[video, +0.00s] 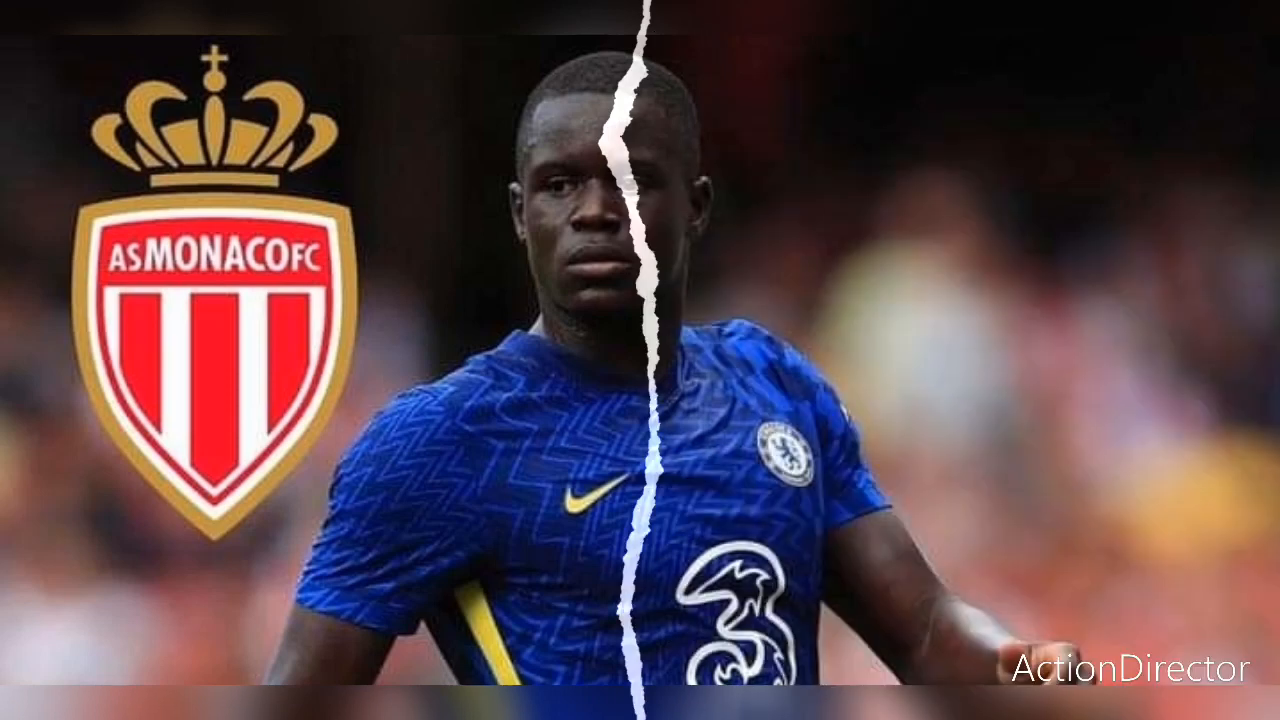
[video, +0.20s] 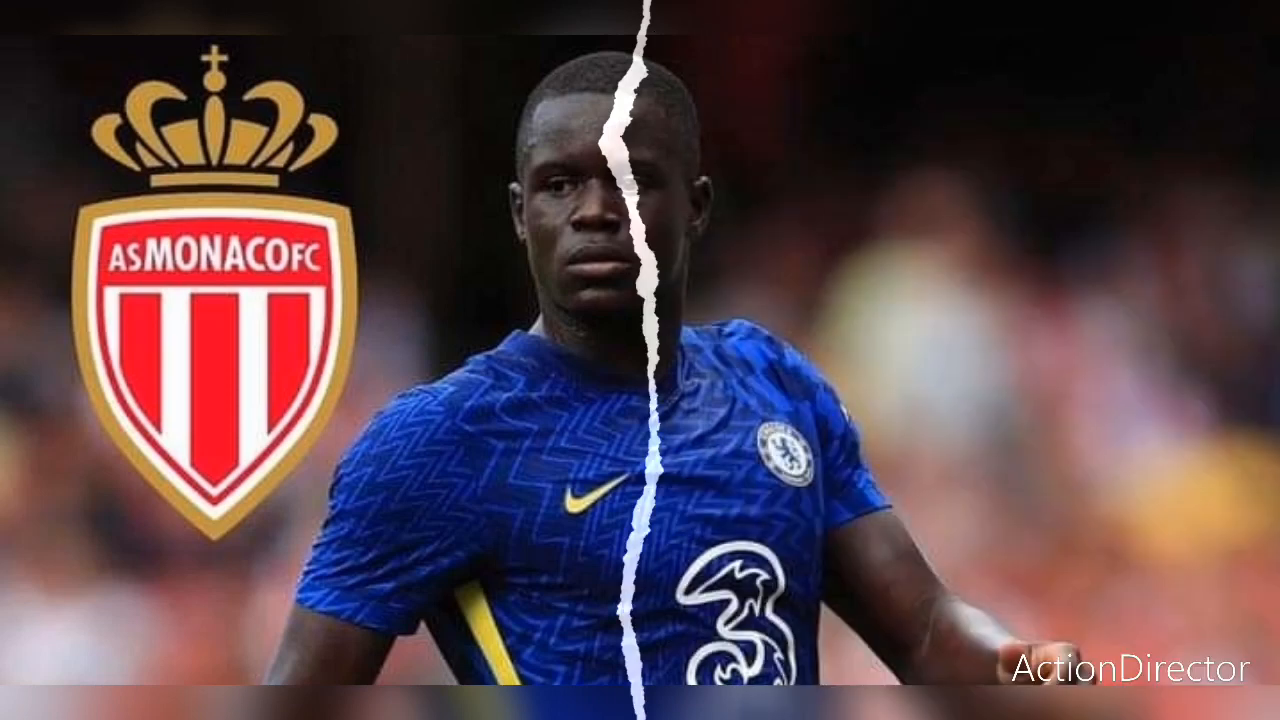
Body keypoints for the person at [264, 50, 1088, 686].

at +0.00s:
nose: (600, 209)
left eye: (636, 177)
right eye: (562, 180)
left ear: (698, 206)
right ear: (521, 213)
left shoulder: (773, 388)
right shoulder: (431, 444)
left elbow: (920, 625)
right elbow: (301, 691)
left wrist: (1019, 673)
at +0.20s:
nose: (600, 209)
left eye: (637, 177)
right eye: (562, 180)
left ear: (698, 207)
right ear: (521, 213)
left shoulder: (772, 388)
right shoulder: (431, 444)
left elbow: (921, 625)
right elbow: (301, 691)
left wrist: (1019, 673)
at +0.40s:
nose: (599, 208)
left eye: (635, 177)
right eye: (562, 181)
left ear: (697, 207)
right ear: (521, 214)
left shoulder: (771, 385)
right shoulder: (455, 428)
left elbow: (920, 624)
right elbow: (302, 687)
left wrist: (1017, 672)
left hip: (773, 708)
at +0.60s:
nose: (603, 217)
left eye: (639, 179)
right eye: (565, 181)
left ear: (699, 206)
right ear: (513, 205)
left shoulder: (770, 385)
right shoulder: (431, 446)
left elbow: (920, 625)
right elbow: (301, 692)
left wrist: (1018, 670)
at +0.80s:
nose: (596, 210)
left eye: (633, 179)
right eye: (560, 181)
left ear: (697, 207)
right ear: (522, 215)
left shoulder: (770, 385)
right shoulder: (433, 445)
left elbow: (920, 625)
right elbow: (301, 691)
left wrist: (1019, 674)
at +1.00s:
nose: (596, 210)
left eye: (633, 178)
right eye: (560, 181)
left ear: (697, 208)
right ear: (522, 215)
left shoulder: (770, 385)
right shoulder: (433, 445)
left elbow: (921, 625)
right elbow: (301, 692)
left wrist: (1019, 674)